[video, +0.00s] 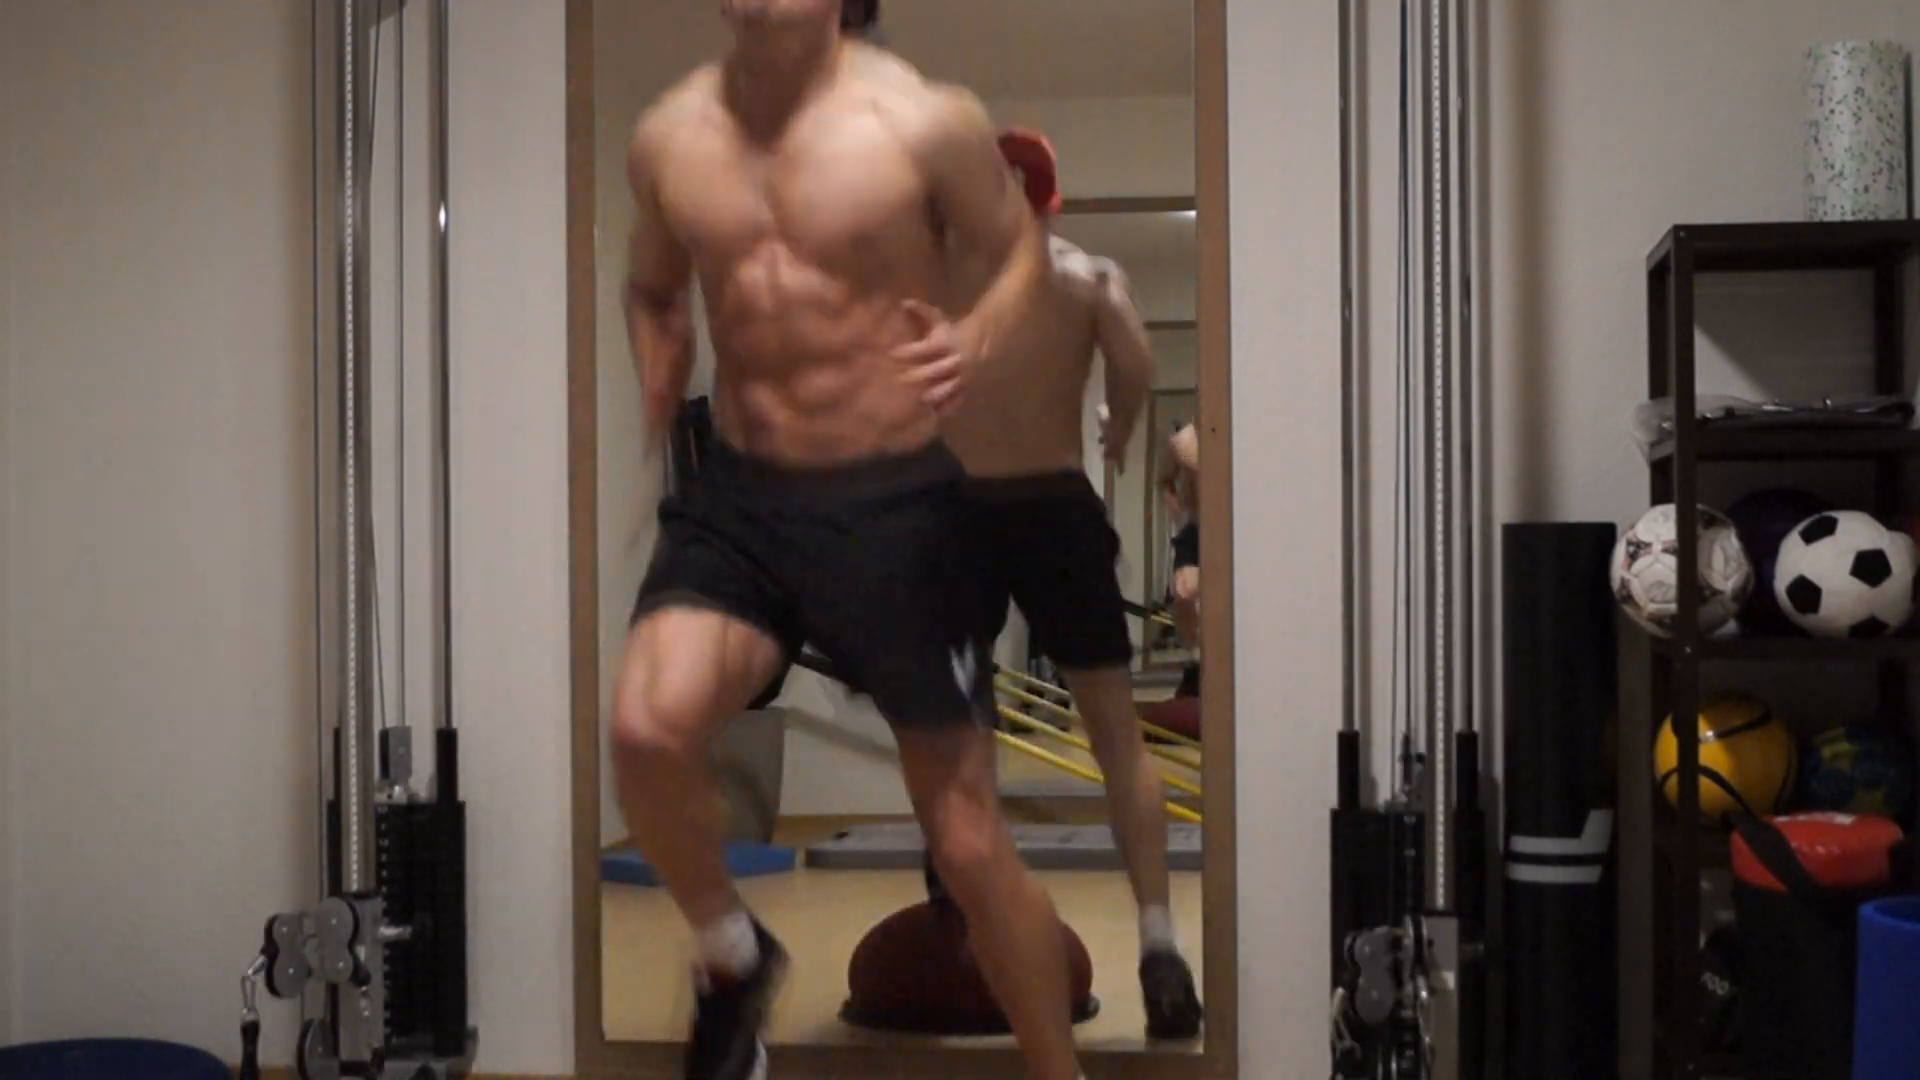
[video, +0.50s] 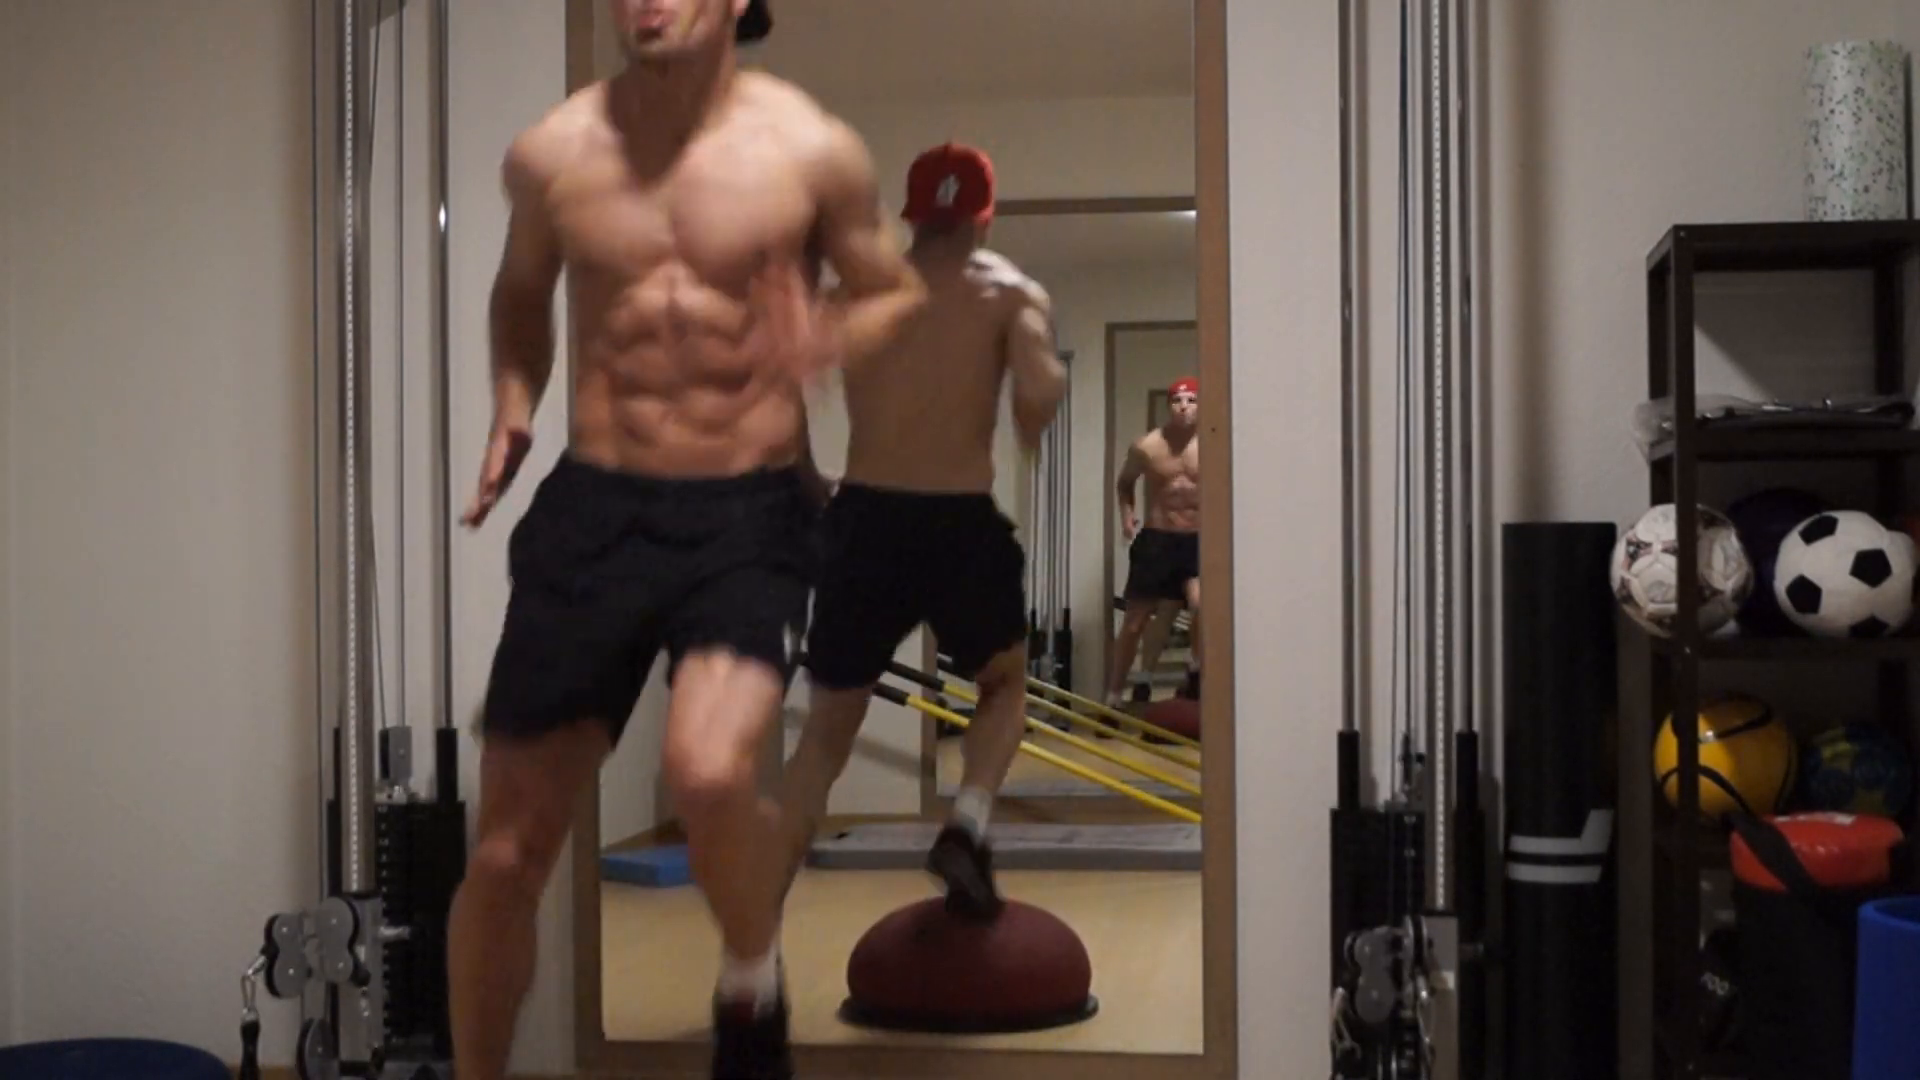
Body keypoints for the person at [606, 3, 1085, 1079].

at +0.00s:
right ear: (723, 2)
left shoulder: (928, 120)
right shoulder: (671, 135)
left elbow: (1015, 253)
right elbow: (656, 291)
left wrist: (970, 342)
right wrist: (664, 413)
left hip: (899, 510)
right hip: (742, 505)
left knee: (966, 848)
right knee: (647, 731)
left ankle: (1056, 1069)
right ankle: (731, 958)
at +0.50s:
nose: (651, 3)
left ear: (735, 10)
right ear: (614, 10)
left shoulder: (814, 147)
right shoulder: (553, 153)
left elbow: (896, 289)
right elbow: (523, 294)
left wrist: (829, 334)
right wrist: (513, 405)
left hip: (752, 518)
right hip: (593, 515)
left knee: (708, 774)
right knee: (503, 856)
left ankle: (750, 986)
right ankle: (475, 1072)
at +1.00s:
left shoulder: (871, 105)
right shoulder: (607, 115)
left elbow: (944, 200)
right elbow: (572, 289)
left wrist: (937, 305)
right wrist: (617, 326)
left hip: (838, 477)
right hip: (682, 484)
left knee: (903, 789)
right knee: (669, 772)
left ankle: (984, 1052)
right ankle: (695, 1027)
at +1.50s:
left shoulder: (805, 67)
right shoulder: (563, 73)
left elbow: (895, 245)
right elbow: (541, 206)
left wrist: (771, 239)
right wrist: (522, 337)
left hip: (747, 435)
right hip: (599, 422)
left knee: (690, 760)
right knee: (489, 705)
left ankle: (735, 1046)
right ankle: (526, 970)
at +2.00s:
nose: (753, 6)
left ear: (836, 24)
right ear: (713, 19)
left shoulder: (883, 142)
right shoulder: (661, 149)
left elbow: (967, 81)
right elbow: (521, 157)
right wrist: (557, 5)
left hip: (865, 537)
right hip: (711, 538)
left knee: (935, 858)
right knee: (651, 862)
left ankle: (962, 1070)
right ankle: (652, 1076)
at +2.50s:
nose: (739, 500)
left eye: (768, 468)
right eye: (714, 467)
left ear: (824, 450)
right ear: (688, 455)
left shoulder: (902, 566)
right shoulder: (648, 575)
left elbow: (911, 809)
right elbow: (657, 810)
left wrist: (894, 1032)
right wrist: (651, 1031)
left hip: (884, 722)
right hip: (740, 732)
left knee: (1001, 893)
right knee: (575, 892)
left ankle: (985, 1066)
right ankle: (616, 1065)